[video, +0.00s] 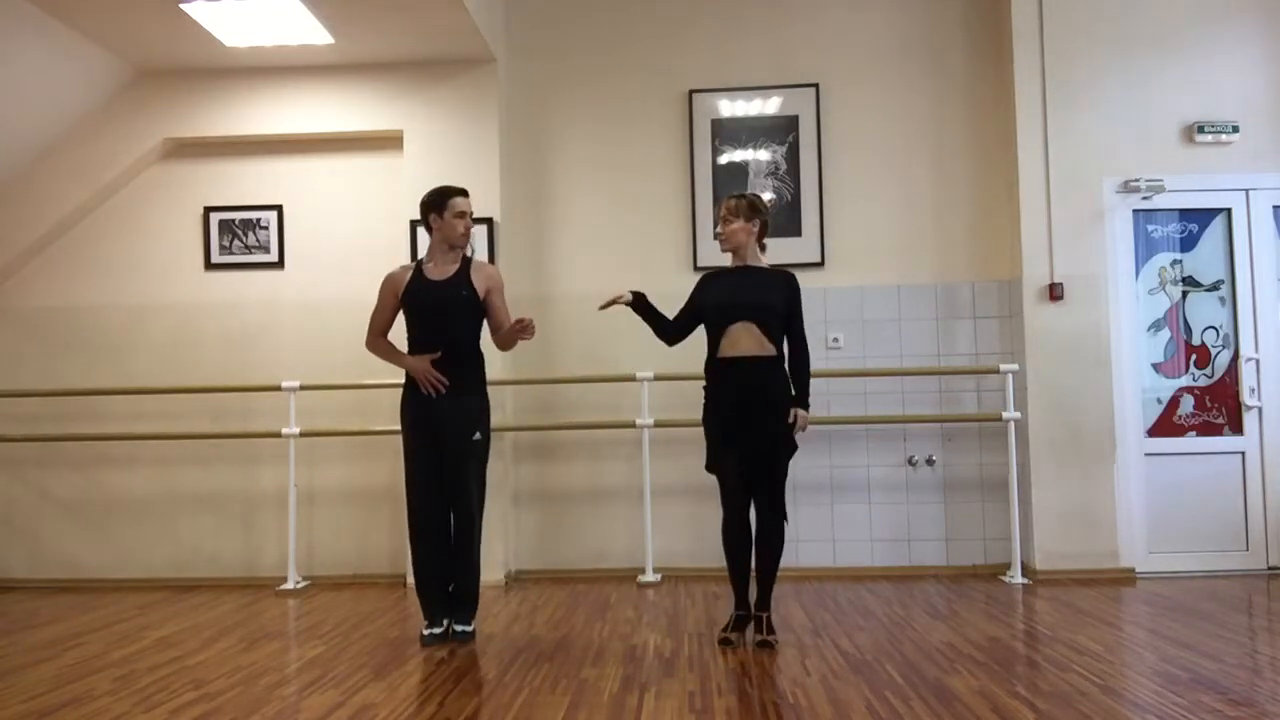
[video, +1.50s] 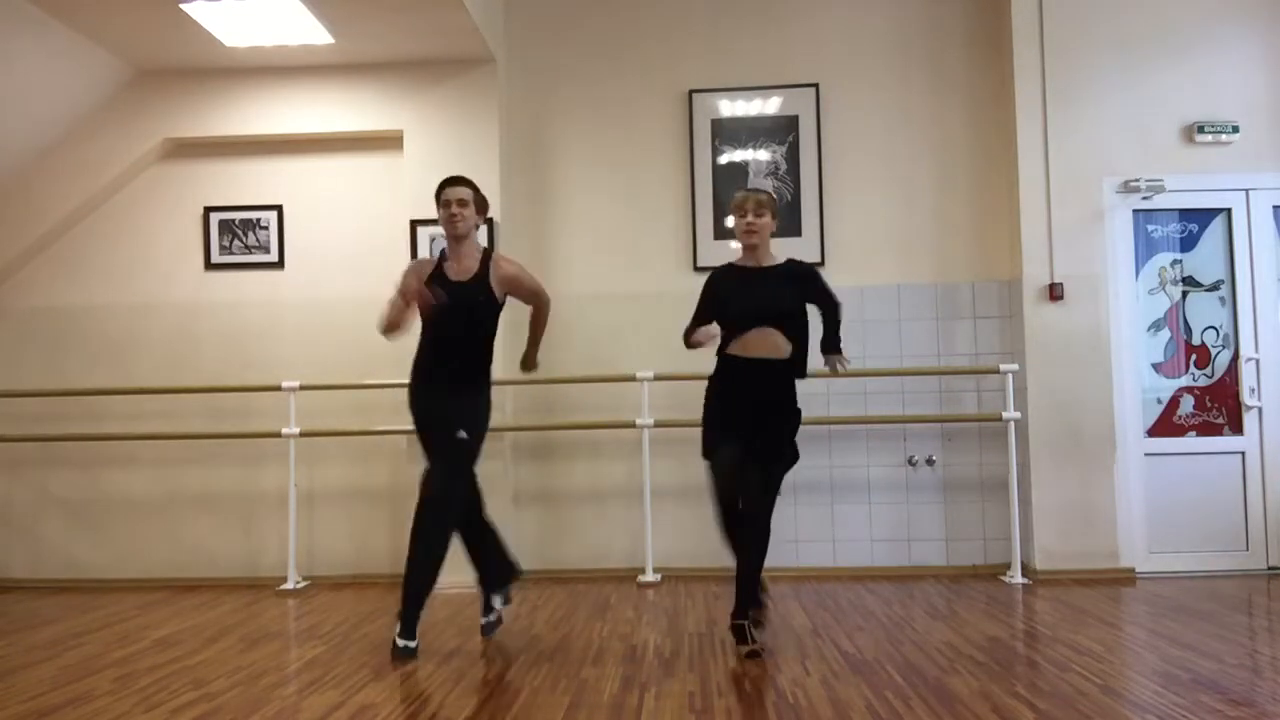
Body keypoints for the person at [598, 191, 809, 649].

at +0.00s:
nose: (720, 228)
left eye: (729, 220)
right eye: (719, 221)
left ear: (755, 227)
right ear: (726, 230)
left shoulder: (783, 281)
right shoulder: (712, 282)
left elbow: (797, 345)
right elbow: (672, 333)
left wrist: (800, 400)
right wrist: (638, 301)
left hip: (772, 398)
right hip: (725, 397)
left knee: (770, 506)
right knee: (734, 507)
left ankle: (764, 608)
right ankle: (741, 608)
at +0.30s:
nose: (716, 223)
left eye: (725, 215)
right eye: (716, 216)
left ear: (752, 223)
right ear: (728, 226)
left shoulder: (783, 277)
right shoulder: (707, 274)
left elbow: (835, 322)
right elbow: (672, 318)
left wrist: (886, 357)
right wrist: (674, 273)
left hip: (765, 395)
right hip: (716, 395)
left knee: (763, 504)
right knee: (729, 503)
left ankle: (764, 607)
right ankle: (737, 606)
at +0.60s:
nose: (718, 229)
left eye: (726, 221)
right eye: (714, 223)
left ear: (750, 224)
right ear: (711, 231)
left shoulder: (779, 278)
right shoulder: (707, 284)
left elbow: (824, 327)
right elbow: (691, 343)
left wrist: (853, 284)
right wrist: (687, 369)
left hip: (762, 396)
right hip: (717, 396)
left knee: (748, 507)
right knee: (721, 506)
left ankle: (748, 612)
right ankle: (732, 606)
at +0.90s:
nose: (720, 234)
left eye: (728, 226)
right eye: (716, 227)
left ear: (753, 230)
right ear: (714, 234)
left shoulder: (772, 286)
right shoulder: (712, 286)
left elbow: (763, 339)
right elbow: (698, 337)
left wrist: (731, 298)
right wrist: (676, 383)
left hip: (762, 389)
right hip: (718, 387)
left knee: (757, 496)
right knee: (739, 452)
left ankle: (747, 610)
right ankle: (744, 558)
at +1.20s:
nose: (732, 227)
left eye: (741, 218)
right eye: (729, 220)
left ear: (766, 222)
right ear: (727, 227)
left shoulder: (791, 275)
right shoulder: (724, 281)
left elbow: (783, 339)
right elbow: (686, 332)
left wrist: (741, 304)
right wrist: (642, 374)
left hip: (767, 398)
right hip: (718, 390)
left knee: (761, 514)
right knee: (688, 450)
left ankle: (742, 616)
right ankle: (672, 518)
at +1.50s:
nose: (749, 220)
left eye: (758, 214)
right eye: (741, 214)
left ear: (773, 223)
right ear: (732, 224)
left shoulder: (799, 273)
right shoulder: (720, 278)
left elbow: (831, 308)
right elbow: (693, 331)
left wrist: (831, 346)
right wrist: (698, 335)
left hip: (776, 397)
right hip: (726, 394)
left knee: (758, 507)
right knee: (728, 502)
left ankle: (742, 615)